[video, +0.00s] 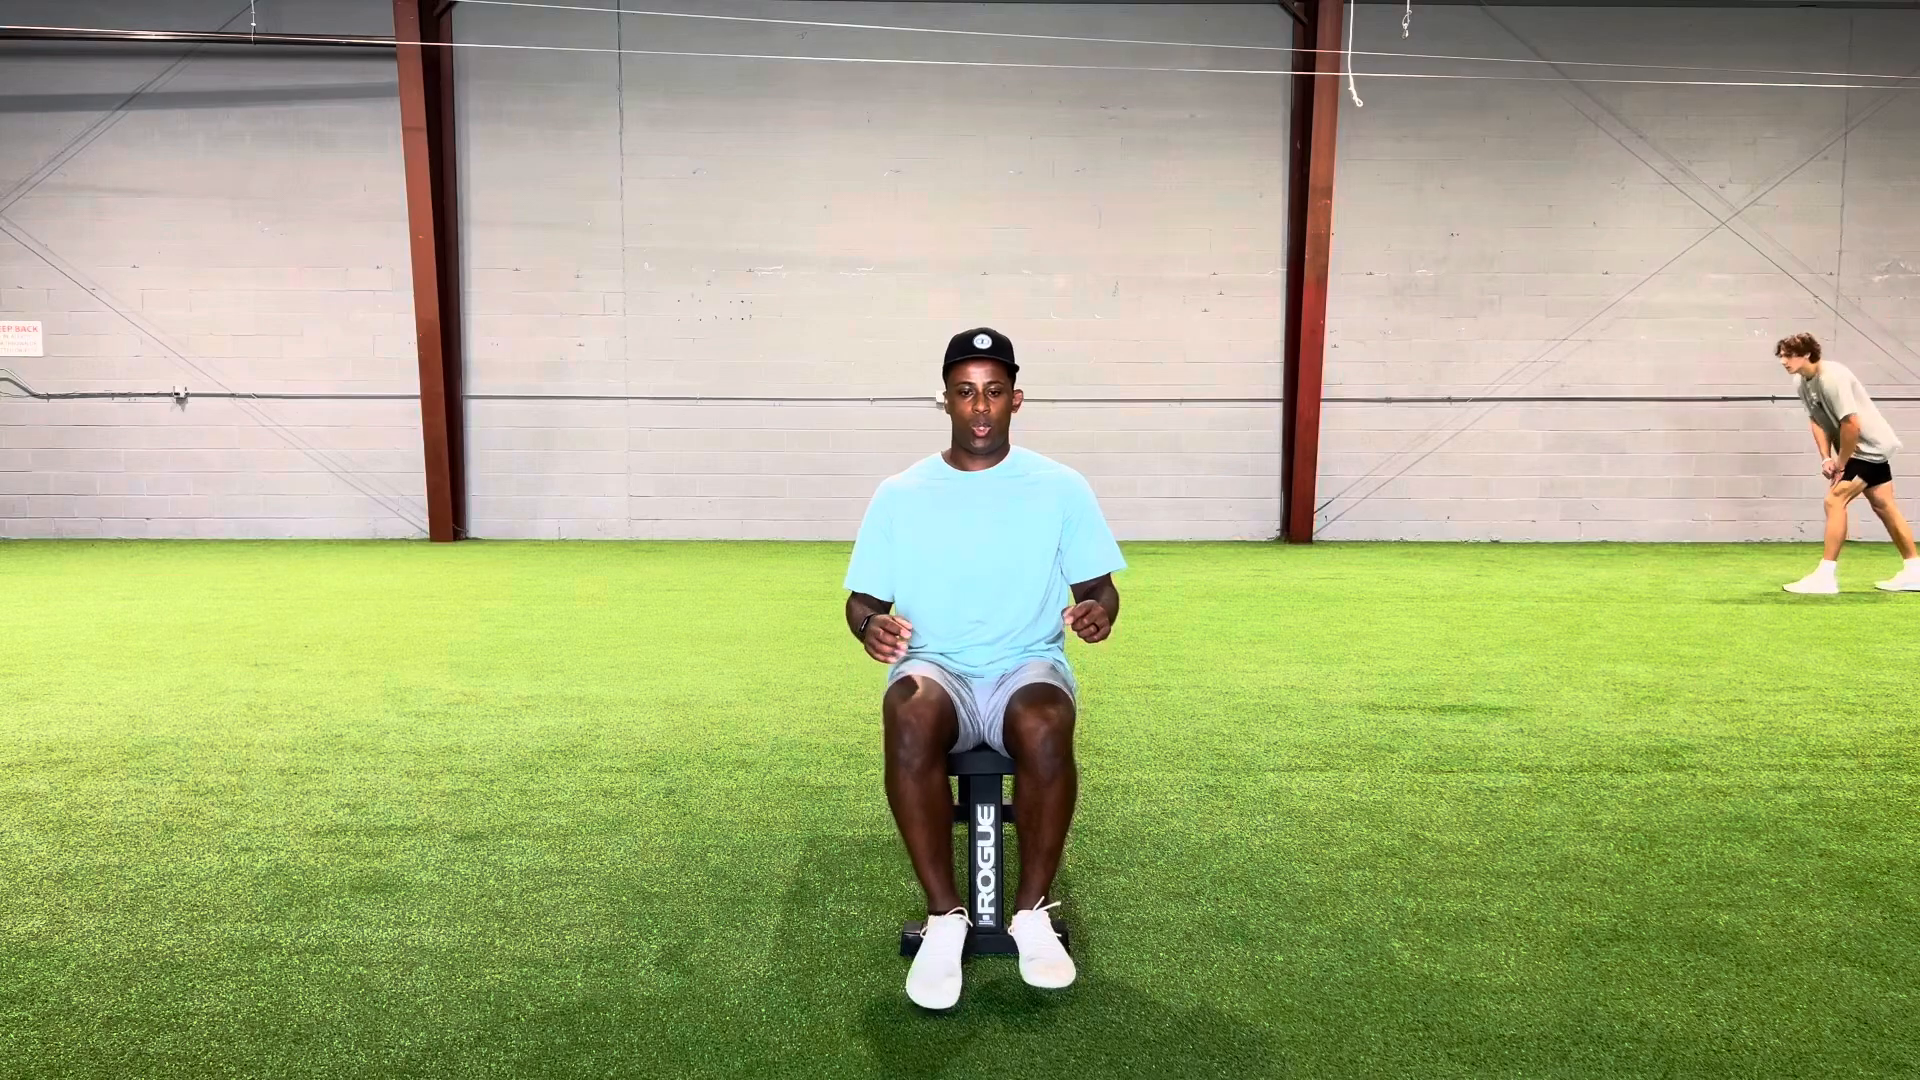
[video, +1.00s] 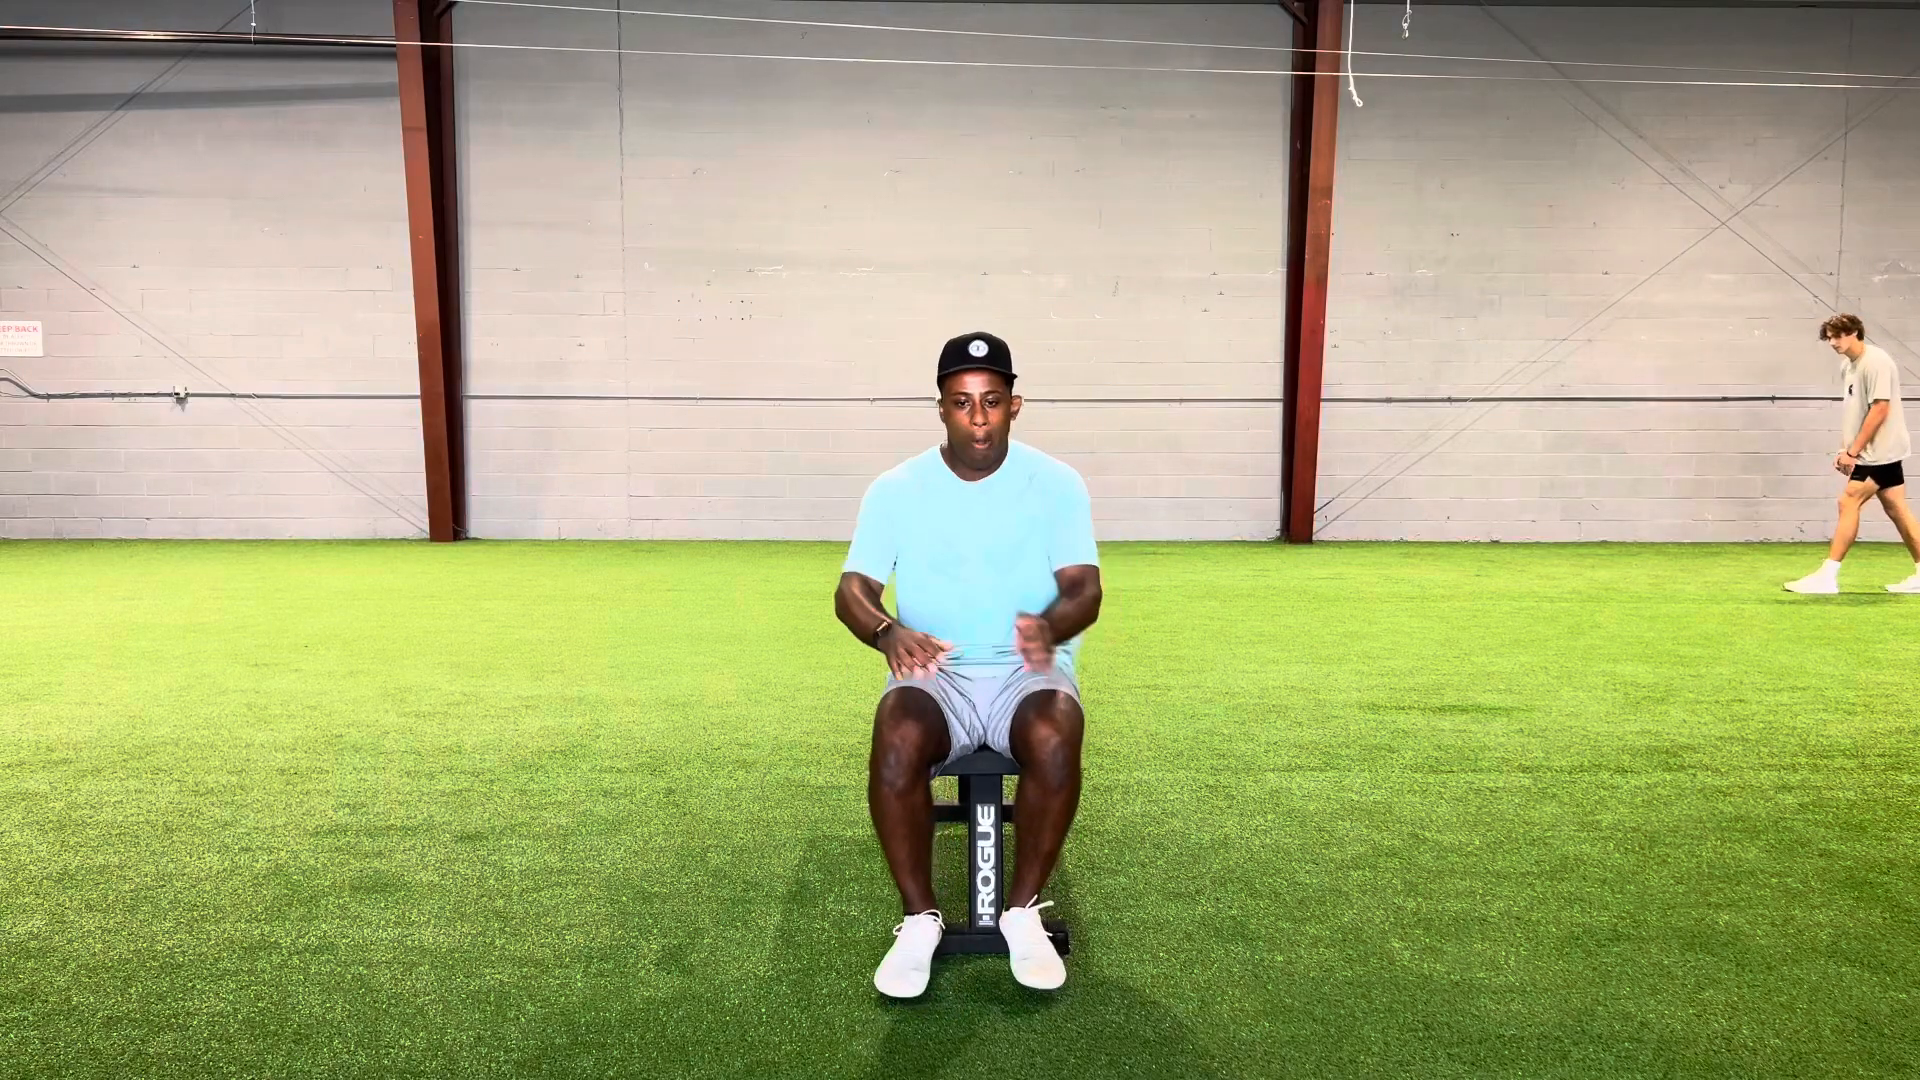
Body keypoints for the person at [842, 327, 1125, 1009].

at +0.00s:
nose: (981, 405)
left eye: (994, 391)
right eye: (966, 392)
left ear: (1014, 399)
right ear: (946, 401)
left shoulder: (1061, 489)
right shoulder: (900, 495)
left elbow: (1095, 584)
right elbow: (862, 599)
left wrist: (1097, 609)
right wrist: (870, 624)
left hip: (1028, 661)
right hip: (933, 665)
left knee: (1044, 722)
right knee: (911, 712)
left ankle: (1032, 909)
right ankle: (944, 914)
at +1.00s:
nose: (978, 416)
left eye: (992, 400)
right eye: (961, 402)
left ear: (1013, 406)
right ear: (941, 409)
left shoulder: (1056, 485)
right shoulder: (895, 491)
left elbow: (1085, 591)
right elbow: (851, 594)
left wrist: (1051, 626)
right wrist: (889, 632)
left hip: (1027, 675)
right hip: (932, 675)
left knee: (1054, 734)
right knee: (897, 735)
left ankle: (1021, 908)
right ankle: (919, 916)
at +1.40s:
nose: (1009, 360)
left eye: (1025, 342)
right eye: (991, 343)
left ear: (1049, 352)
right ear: (967, 354)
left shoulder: (1083, 449)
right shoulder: (912, 428)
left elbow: (1002, 579)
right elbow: (824, 502)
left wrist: (867, 559)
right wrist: (801, 610)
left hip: (1038, 637)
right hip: (934, 628)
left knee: (1064, 785)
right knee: (918, 781)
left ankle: (984, 902)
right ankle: (918, 940)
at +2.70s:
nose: (1581, 267)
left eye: (1599, 245)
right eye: (1562, 248)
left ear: (1635, 249)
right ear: (1540, 255)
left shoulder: (1692, 361)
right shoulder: (1485, 365)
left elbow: (1730, 489)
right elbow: (1412, 494)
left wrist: (1776, 599)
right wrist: (1458, 611)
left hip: (1614, 626)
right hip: (1481, 607)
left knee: (1696, 795)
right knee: (1402, 771)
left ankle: (1674, 964)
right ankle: (1342, 874)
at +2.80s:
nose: (1487, 247)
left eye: (1505, 226)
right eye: (1473, 230)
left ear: (1554, 226)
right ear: (1459, 236)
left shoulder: (1633, 335)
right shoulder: (1419, 346)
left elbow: (1685, 447)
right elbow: (1344, 462)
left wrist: (1701, 527)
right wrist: (1355, 566)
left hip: (1574, 604)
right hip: (1433, 586)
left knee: (1653, 785)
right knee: (1317, 748)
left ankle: (1675, 961)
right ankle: (1248, 906)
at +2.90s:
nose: (1396, 228)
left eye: (1414, 208)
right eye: (1386, 210)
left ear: (1465, 207)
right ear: (1375, 215)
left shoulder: (1539, 311)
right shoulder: (1337, 326)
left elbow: (1587, 437)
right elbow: (1288, 438)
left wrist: (1577, 526)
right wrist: (1275, 533)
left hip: (1501, 583)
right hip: (1364, 573)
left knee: (1584, 757)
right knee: (1272, 745)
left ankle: (1669, 948)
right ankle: (1219, 934)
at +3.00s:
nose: (1314, 219)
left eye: (1334, 202)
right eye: (1305, 202)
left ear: (1388, 206)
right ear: (1298, 208)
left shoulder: (1457, 319)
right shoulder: (1260, 325)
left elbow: (1491, 451)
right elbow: (1222, 437)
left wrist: (1485, 559)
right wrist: (1196, 535)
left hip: (1423, 584)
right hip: (1293, 576)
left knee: (1516, 756)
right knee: (1228, 744)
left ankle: (1595, 932)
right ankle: (1212, 937)